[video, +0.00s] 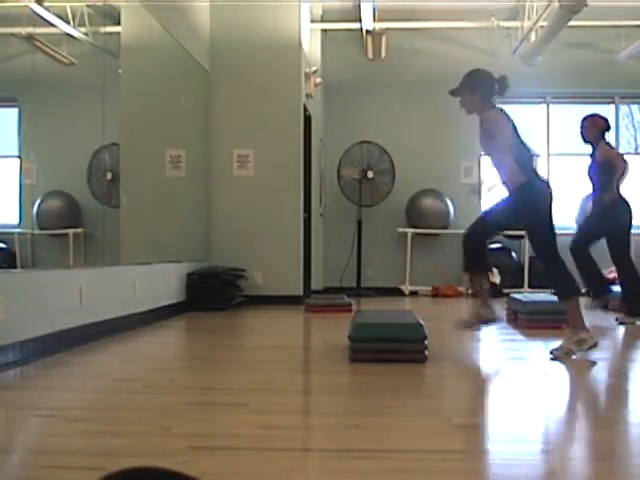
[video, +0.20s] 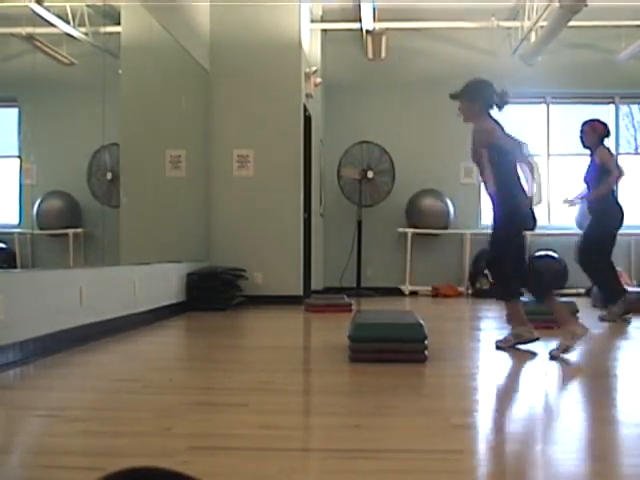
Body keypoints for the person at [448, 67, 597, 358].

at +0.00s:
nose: (460, 101)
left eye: (464, 95)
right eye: (460, 95)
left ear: (478, 94)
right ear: (479, 95)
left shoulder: (494, 118)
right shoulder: (489, 121)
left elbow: (506, 156)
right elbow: (521, 154)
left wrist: (518, 183)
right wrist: (523, 178)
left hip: (530, 193)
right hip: (528, 193)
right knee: (473, 238)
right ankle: (482, 307)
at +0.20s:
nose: (459, 108)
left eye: (463, 103)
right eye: (460, 103)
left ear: (476, 104)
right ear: (484, 104)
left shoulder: (481, 131)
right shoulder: (497, 130)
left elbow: (487, 171)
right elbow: (527, 162)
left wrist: (498, 205)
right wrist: (533, 193)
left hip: (507, 209)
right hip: (515, 206)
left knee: (508, 269)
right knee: (507, 267)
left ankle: (570, 326)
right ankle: (520, 328)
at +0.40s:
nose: (445, 91)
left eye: (449, 86)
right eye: (446, 86)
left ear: (462, 88)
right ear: (471, 89)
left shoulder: (462, 112)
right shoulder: (475, 115)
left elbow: (433, 141)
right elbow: (448, 152)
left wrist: (407, 150)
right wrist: (413, 154)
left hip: (497, 185)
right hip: (511, 184)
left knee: (453, 228)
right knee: (508, 253)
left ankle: (458, 299)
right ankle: (516, 320)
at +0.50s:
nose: (437, 99)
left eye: (441, 94)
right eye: (438, 94)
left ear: (454, 97)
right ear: (460, 98)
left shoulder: (456, 122)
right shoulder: (461, 122)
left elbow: (411, 137)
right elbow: (419, 137)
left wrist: (382, 124)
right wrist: (393, 119)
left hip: (490, 195)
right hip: (493, 194)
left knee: (434, 231)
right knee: (500, 255)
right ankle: (518, 324)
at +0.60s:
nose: (426, 96)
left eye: (430, 92)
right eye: (427, 92)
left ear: (442, 95)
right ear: (448, 96)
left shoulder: (442, 121)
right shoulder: (453, 120)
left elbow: (396, 139)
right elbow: (410, 136)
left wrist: (371, 124)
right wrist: (386, 117)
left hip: (468, 193)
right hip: (483, 192)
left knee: (417, 230)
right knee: (491, 253)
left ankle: (406, 296)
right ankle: (517, 320)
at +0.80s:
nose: (404, 71)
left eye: (408, 66)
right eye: (405, 66)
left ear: (420, 70)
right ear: (428, 70)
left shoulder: (415, 98)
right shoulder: (440, 96)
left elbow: (415, 134)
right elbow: (446, 137)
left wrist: (403, 170)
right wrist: (431, 166)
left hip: (441, 168)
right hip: (464, 169)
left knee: (418, 224)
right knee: (450, 229)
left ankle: (406, 293)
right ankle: (464, 287)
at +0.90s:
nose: (396, 72)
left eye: (401, 68)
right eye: (398, 68)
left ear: (412, 73)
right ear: (421, 73)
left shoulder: (411, 97)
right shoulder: (434, 96)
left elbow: (435, 120)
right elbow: (468, 113)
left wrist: (444, 158)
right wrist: (485, 139)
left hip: (435, 165)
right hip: (457, 166)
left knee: (412, 226)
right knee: (433, 225)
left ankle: (405, 294)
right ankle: (437, 279)